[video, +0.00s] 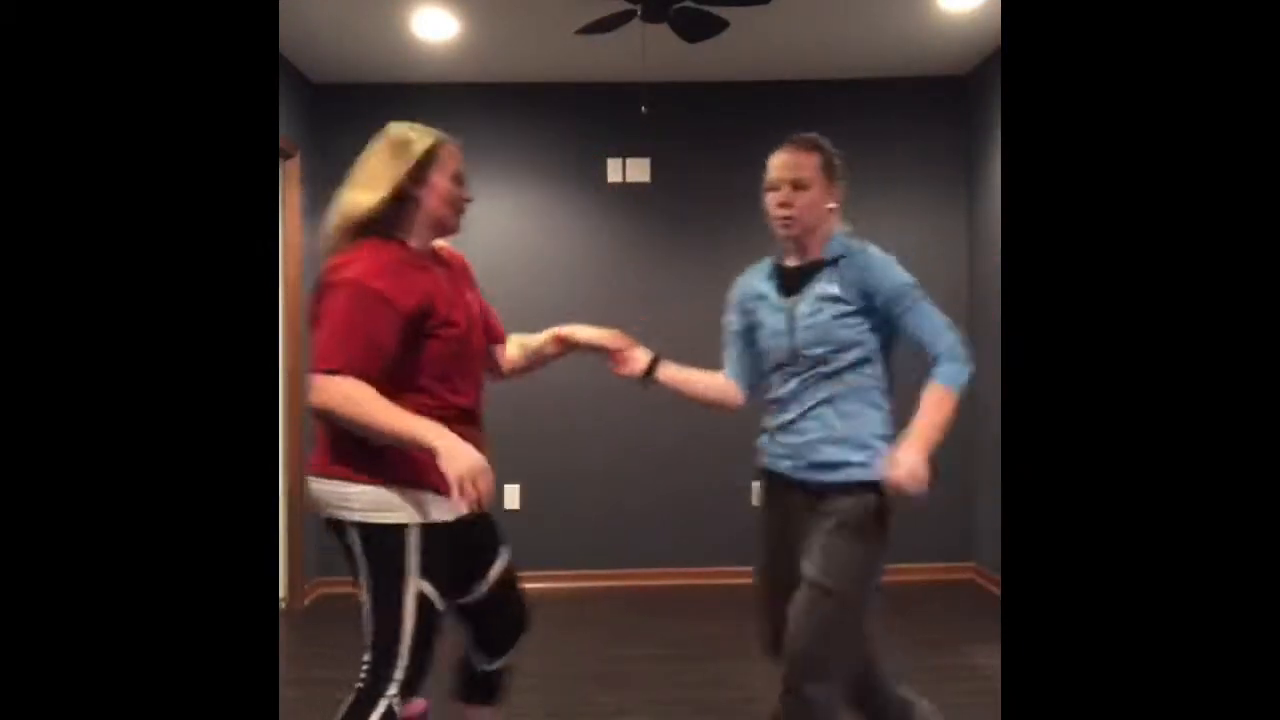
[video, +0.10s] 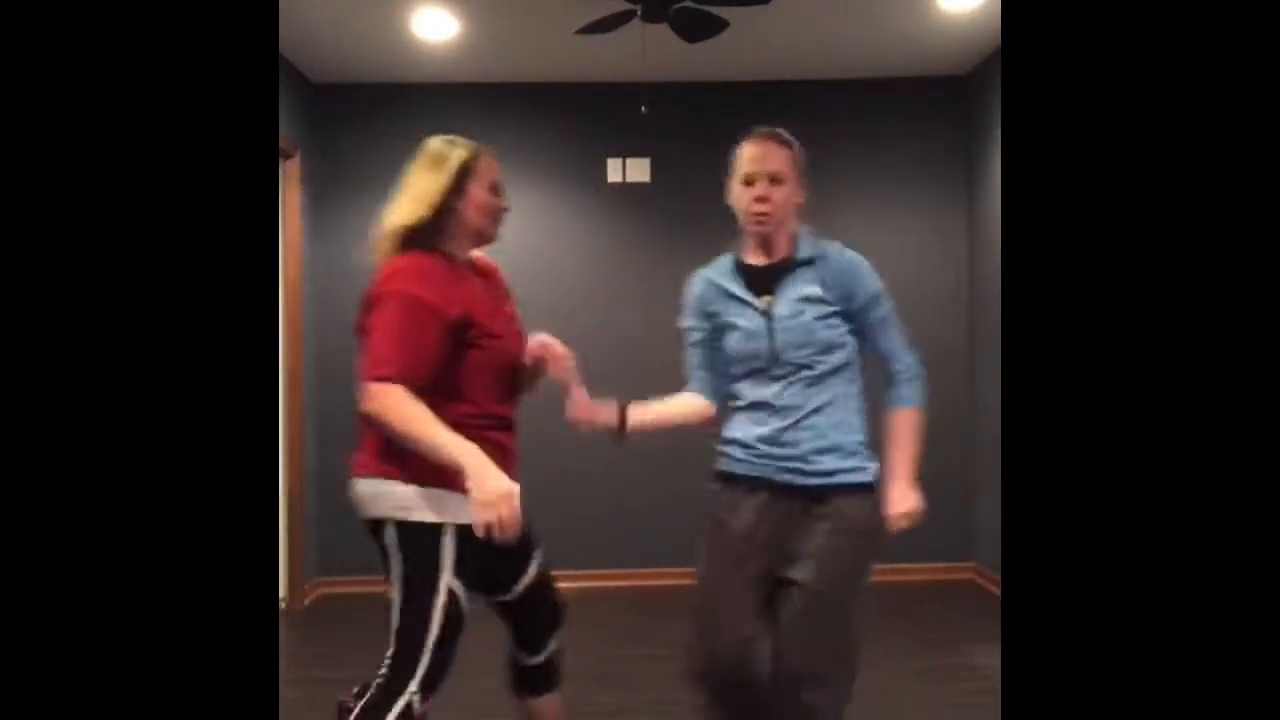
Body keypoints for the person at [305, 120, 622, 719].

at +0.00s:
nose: (465, 197)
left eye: (464, 183)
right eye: (454, 181)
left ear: (417, 188)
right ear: (409, 185)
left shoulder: (448, 265)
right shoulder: (367, 272)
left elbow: (500, 357)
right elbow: (329, 387)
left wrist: (557, 339)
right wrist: (440, 439)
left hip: (446, 491)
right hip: (382, 497)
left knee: (501, 623)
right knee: (396, 670)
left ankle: (473, 711)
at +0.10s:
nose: (503, 205)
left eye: (502, 192)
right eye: (491, 191)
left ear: (457, 199)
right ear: (449, 196)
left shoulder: (483, 274)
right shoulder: (413, 278)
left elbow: (487, 384)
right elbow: (381, 394)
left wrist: (529, 365)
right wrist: (476, 467)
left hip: (478, 494)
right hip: (416, 497)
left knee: (538, 618)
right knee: (418, 659)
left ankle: (542, 708)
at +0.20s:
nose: (540, 202)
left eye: (538, 190)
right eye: (528, 190)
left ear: (508, 200)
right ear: (490, 198)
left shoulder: (532, 277)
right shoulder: (448, 284)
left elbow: (573, 371)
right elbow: (435, 398)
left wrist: (566, 341)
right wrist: (509, 478)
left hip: (524, 481)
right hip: (454, 486)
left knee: (569, 610)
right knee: (439, 635)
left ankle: (558, 713)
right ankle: (368, 712)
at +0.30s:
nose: (573, 202)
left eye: (573, 190)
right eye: (559, 191)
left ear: (564, 197)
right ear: (520, 199)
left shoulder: (577, 272)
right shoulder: (480, 284)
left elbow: (606, 368)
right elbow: (472, 396)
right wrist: (533, 474)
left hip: (567, 475)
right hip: (487, 477)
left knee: (590, 608)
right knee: (481, 624)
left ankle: (565, 709)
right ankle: (419, 712)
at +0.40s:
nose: (596, 206)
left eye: (598, 194)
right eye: (582, 195)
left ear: (599, 196)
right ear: (543, 203)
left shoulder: (577, 278)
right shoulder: (501, 287)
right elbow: (495, 393)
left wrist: (594, 452)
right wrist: (555, 467)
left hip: (569, 470)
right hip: (512, 476)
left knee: (578, 615)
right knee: (528, 623)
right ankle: (501, 695)